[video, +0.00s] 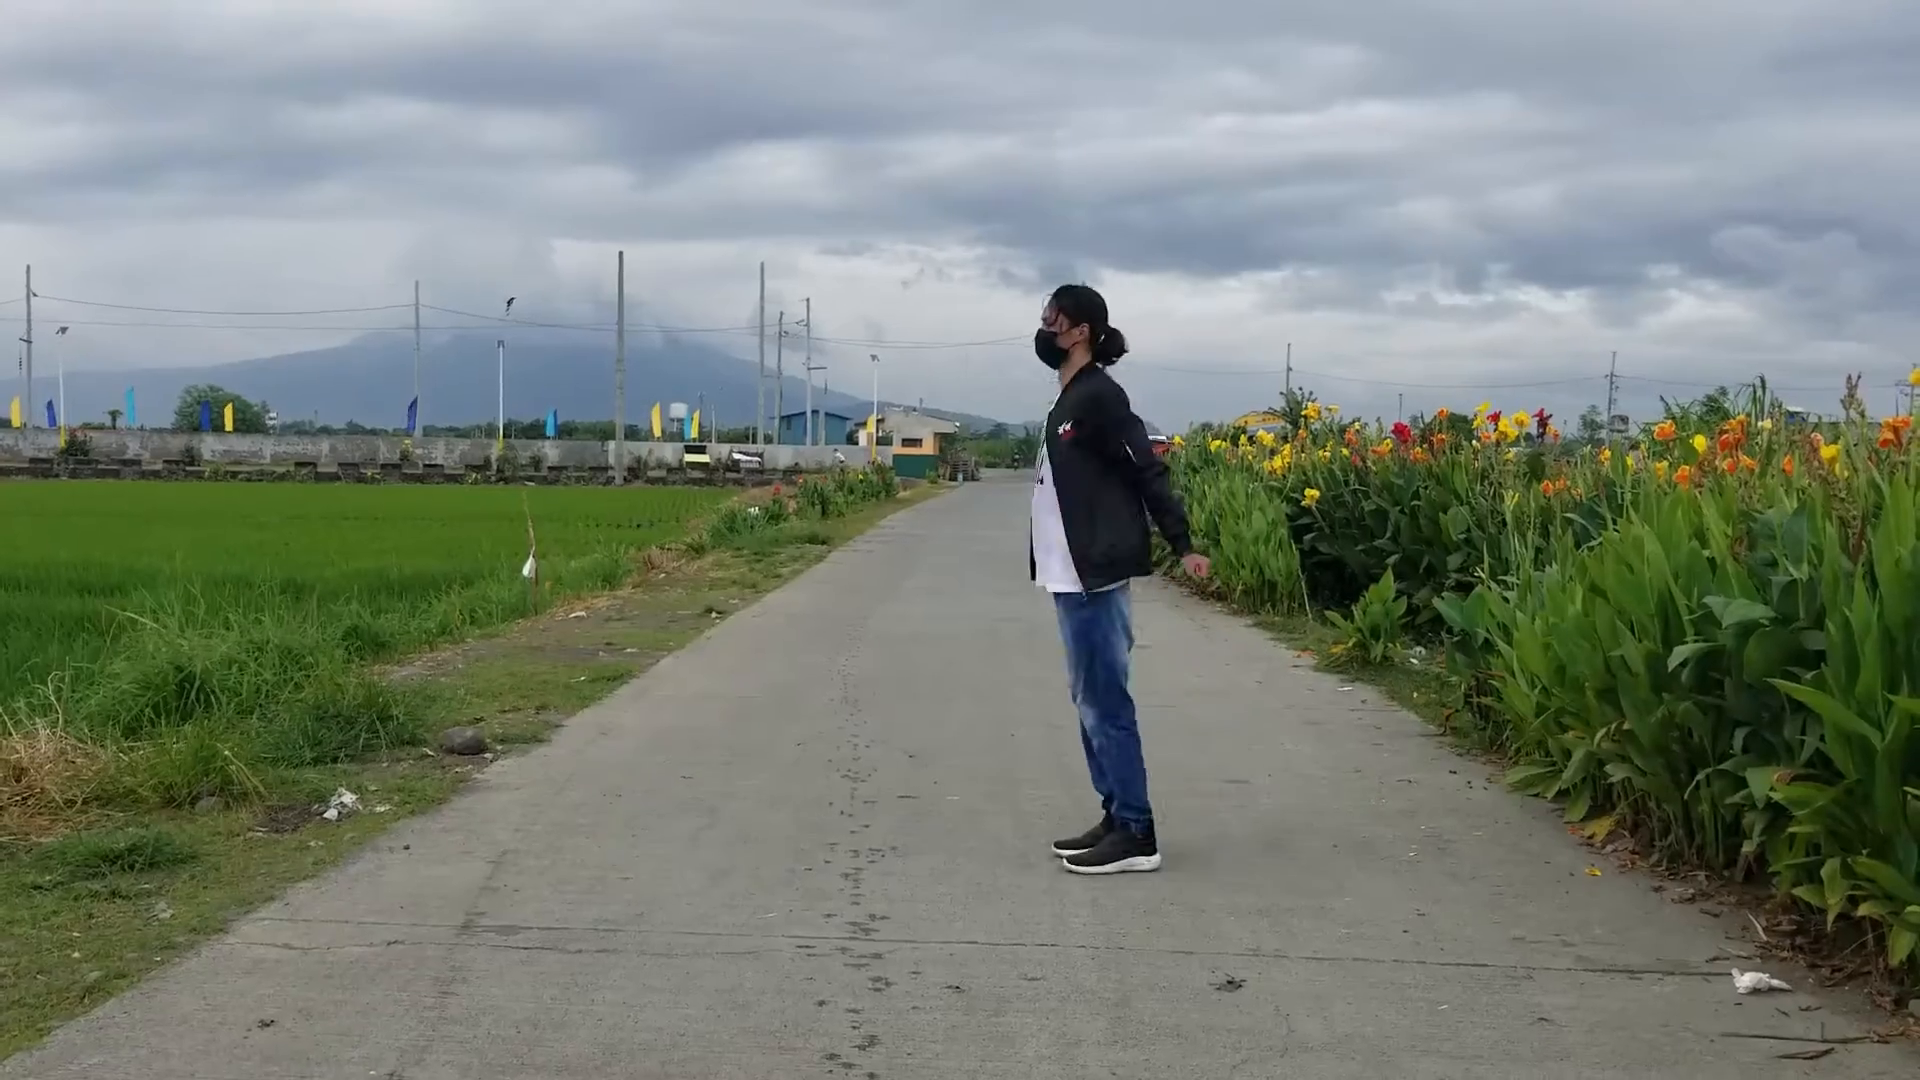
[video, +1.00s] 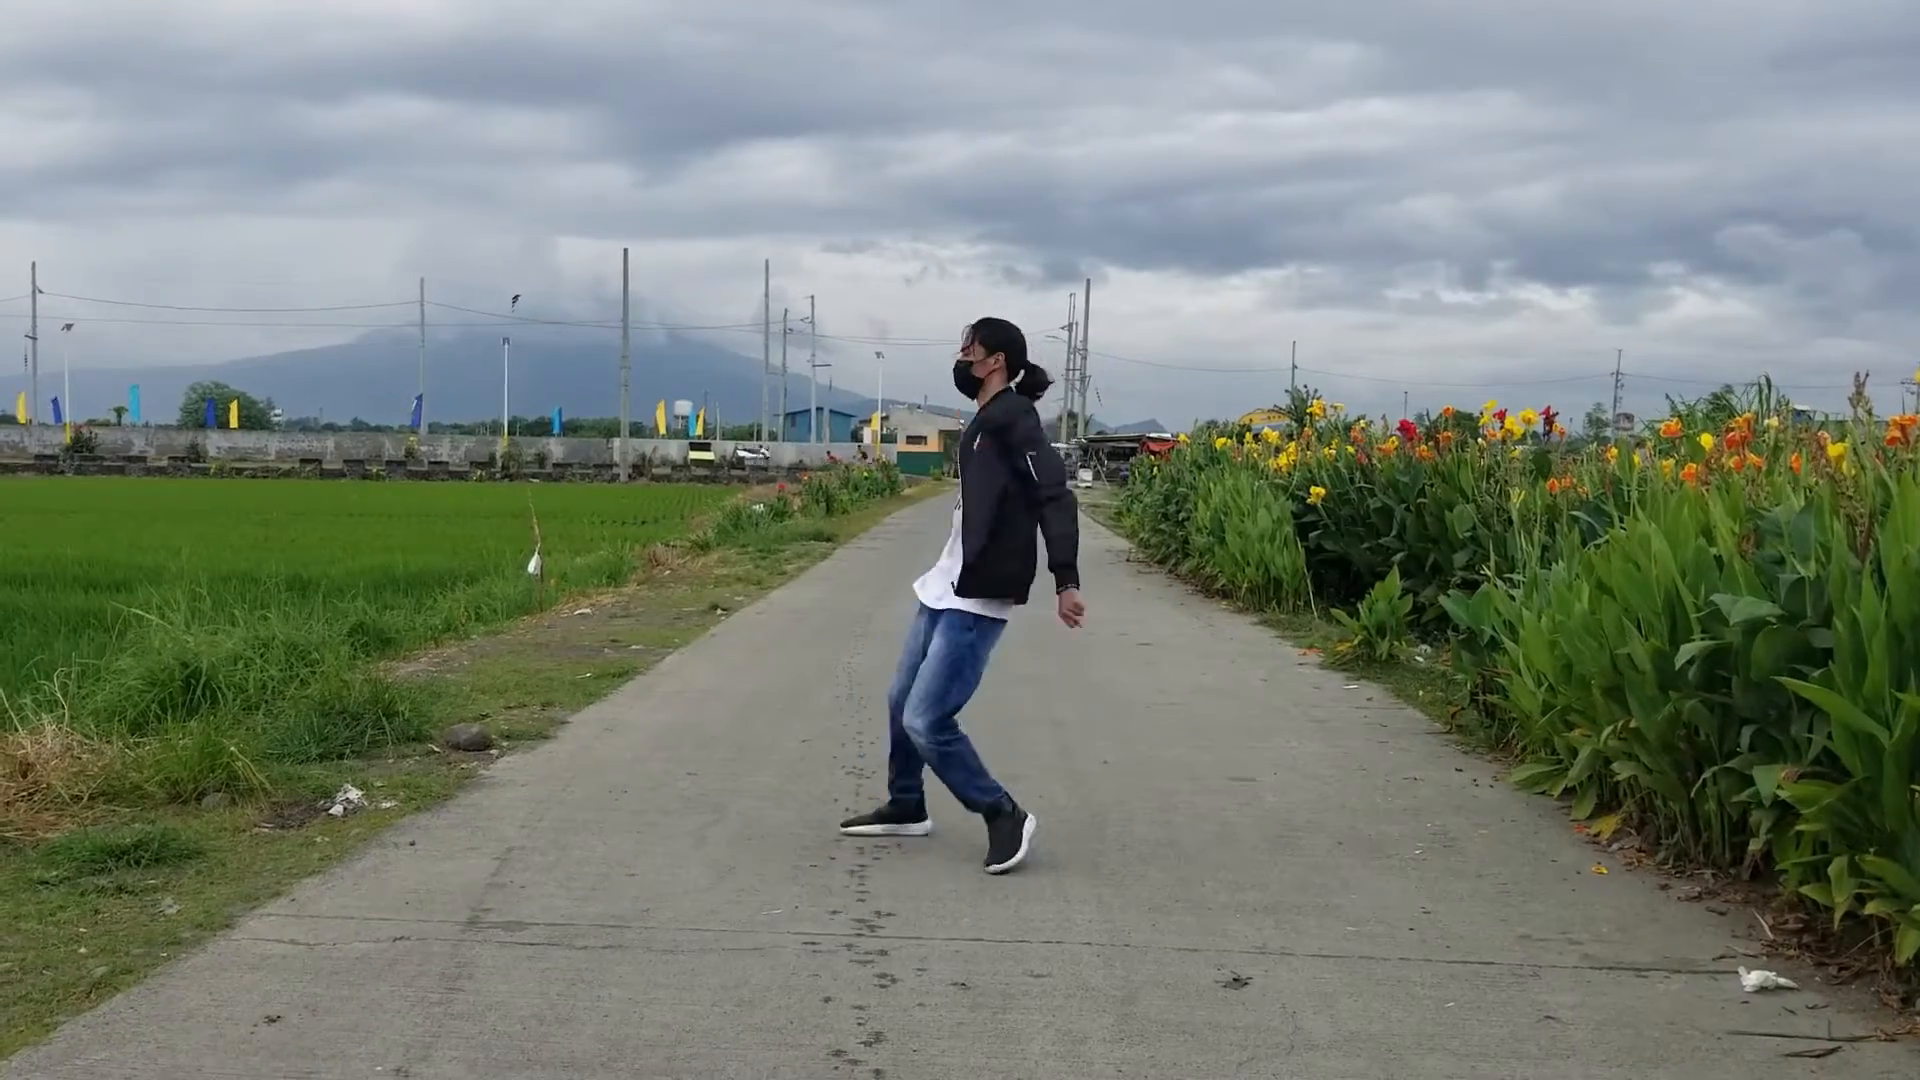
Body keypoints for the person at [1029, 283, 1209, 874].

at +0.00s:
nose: (1045, 325)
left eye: (1056, 317)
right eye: (1047, 316)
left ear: (1084, 330)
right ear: (1071, 333)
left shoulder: (1100, 393)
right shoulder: (1072, 392)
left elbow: (1147, 469)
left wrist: (1185, 544)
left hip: (1095, 577)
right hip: (1072, 576)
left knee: (1106, 705)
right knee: (1090, 702)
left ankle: (1136, 833)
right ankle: (1116, 821)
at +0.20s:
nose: (1013, 323)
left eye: (1024, 315)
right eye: (1015, 314)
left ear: (1054, 328)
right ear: (1039, 328)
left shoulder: (1063, 394)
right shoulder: (1029, 385)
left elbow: (1086, 482)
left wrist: (1097, 571)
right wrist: (978, 333)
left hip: (1063, 573)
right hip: (1035, 567)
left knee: (1016, 691)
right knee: (1029, 692)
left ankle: (1080, 804)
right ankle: (1048, 806)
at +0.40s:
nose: (1008, 338)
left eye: (1021, 330)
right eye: (1001, 331)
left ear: (1045, 345)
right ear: (994, 345)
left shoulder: (1059, 398)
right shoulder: (986, 401)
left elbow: (1058, 463)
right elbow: (931, 431)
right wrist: (863, 432)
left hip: (1052, 588)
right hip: (998, 584)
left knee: (1006, 712)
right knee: (937, 687)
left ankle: (1039, 828)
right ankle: (991, 784)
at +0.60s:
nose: (1010, 358)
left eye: (1022, 350)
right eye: (1000, 351)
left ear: (1041, 361)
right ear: (987, 363)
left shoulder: (1051, 411)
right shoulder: (956, 424)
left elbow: (1010, 418)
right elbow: (931, 510)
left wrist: (961, 394)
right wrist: (899, 585)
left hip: (1026, 599)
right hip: (962, 600)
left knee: (997, 729)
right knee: (933, 714)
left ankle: (1025, 820)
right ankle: (922, 856)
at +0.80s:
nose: (970, 349)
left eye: (980, 342)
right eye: (970, 341)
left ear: (1012, 351)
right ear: (991, 353)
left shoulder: (1032, 414)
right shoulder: (985, 421)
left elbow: (1021, 467)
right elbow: (975, 507)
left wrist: (950, 453)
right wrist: (928, 497)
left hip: (998, 595)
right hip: (948, 585)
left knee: (961, 722)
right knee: (876, 679)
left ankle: (1018, 821)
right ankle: (895, 811)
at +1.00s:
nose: (960, 356)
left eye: (969, 348)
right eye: (963, 348)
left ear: (997, 360)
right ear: (994, 361)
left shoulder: (1017, 418)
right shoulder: (984, 418)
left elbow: (1055, 496)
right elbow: (995, 501)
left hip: (982, 596)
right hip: (944, 584)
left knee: (926, 721)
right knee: (901, 701)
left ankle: (1003, 816)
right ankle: (905, 807)